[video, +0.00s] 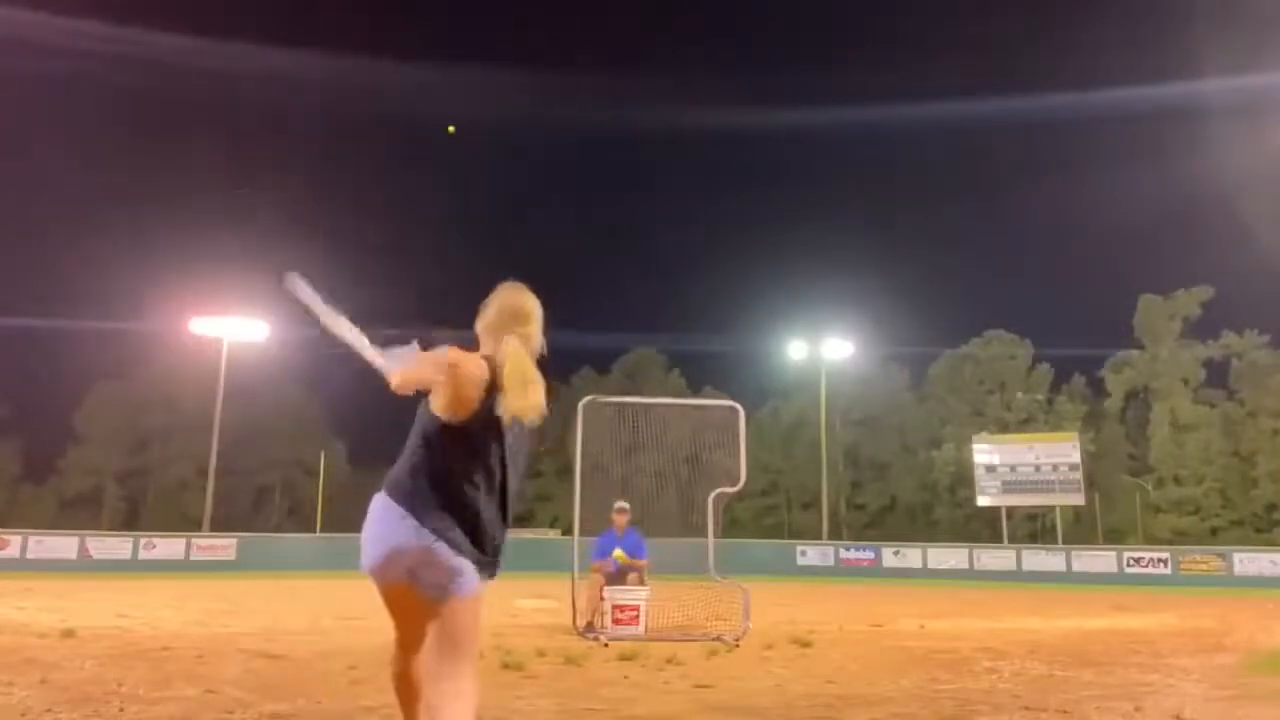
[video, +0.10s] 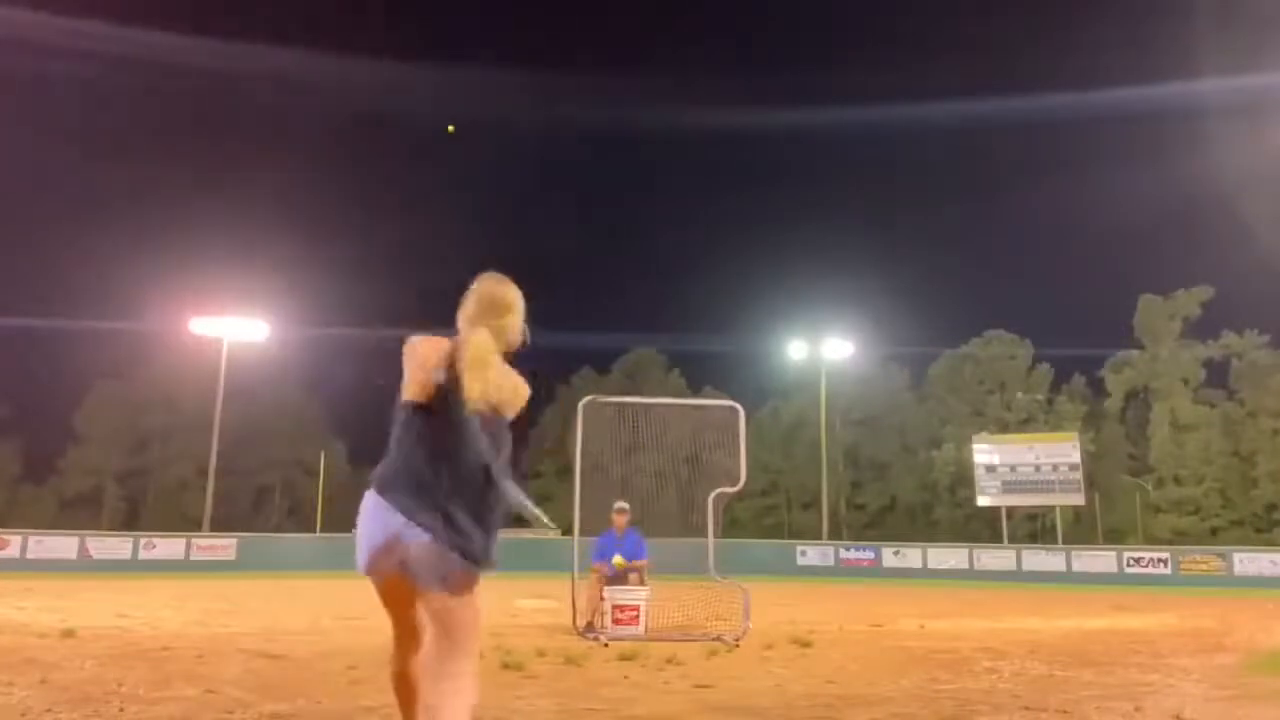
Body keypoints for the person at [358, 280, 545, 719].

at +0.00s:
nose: (539, 338)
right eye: (538, 329)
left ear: (482, 324)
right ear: (535, 335)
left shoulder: (456, 363)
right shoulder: (524, 385)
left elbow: (401, 379)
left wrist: (402, 360)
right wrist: (425, 359)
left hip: (395, 519)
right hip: (452, 540)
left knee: (410, 645)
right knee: (453, 671)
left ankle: (417, 716)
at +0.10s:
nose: (522, 332)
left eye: (522, 321)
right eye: (520, 321)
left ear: (464, 312)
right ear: (511, 325)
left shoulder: (421, 350)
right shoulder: (513, 388)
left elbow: (417, 395)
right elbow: (496, 463)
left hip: (383, 514)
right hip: (444, 536)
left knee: (407, 639)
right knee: (454, 659)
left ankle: (414, 715)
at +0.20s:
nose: (505, 324)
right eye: (503, 315)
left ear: (449, 308)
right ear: (498, 322)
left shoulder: (407, 350)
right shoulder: (500, 381)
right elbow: (498, 445)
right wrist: (502, 468)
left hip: (373, 509)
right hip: (433, 531)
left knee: (407, 635)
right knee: (450, 646)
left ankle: (413, 714)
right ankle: (440, 714)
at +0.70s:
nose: (468, 288)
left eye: (463, 278)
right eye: (458, 279)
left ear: (439, 294)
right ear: (433, 293)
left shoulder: (450, 357)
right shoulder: (398, 343)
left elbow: (487, 431)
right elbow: (385, 429)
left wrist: (495, 394)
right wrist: (464, 396)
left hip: (396, 518)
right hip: (364, 517)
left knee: (415, 647)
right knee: (414, 641)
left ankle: (400, 712)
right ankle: (377, 713)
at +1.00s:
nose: (443, 235)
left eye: (438, 225)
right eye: (431, 225)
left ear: (413, 238)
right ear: (397, 236)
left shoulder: (447, 314)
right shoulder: (356, 296)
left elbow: (468, 383)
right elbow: (316, 381)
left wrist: (426, 333)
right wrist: (380, 322)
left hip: (387, 492)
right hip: (334, 487)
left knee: (360, 625)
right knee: (373, 625)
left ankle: (309, 709)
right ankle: (341, 712)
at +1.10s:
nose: (427, 241)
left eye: (425, 233)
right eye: (415, 232)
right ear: (381, 240)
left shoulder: (430, 308)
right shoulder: (336, 289)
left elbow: (455, 371)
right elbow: (298, 372)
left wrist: (407, 320)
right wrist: (356, 300)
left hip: (370, 488)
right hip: (320, 482)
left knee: (332, 628)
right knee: (360, 620)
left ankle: (243, 709)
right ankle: (332, 713)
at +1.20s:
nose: (420, 233)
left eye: (416, 222)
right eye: (410, 221)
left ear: (394, 236)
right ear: (375, 233)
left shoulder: (416, 306)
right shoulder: (326, 281)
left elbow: (441, 370)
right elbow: (292, 365)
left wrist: (403, 308)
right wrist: (348, 296)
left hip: (354, 483)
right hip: (312, 477)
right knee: (354, 621)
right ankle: (326, 713)